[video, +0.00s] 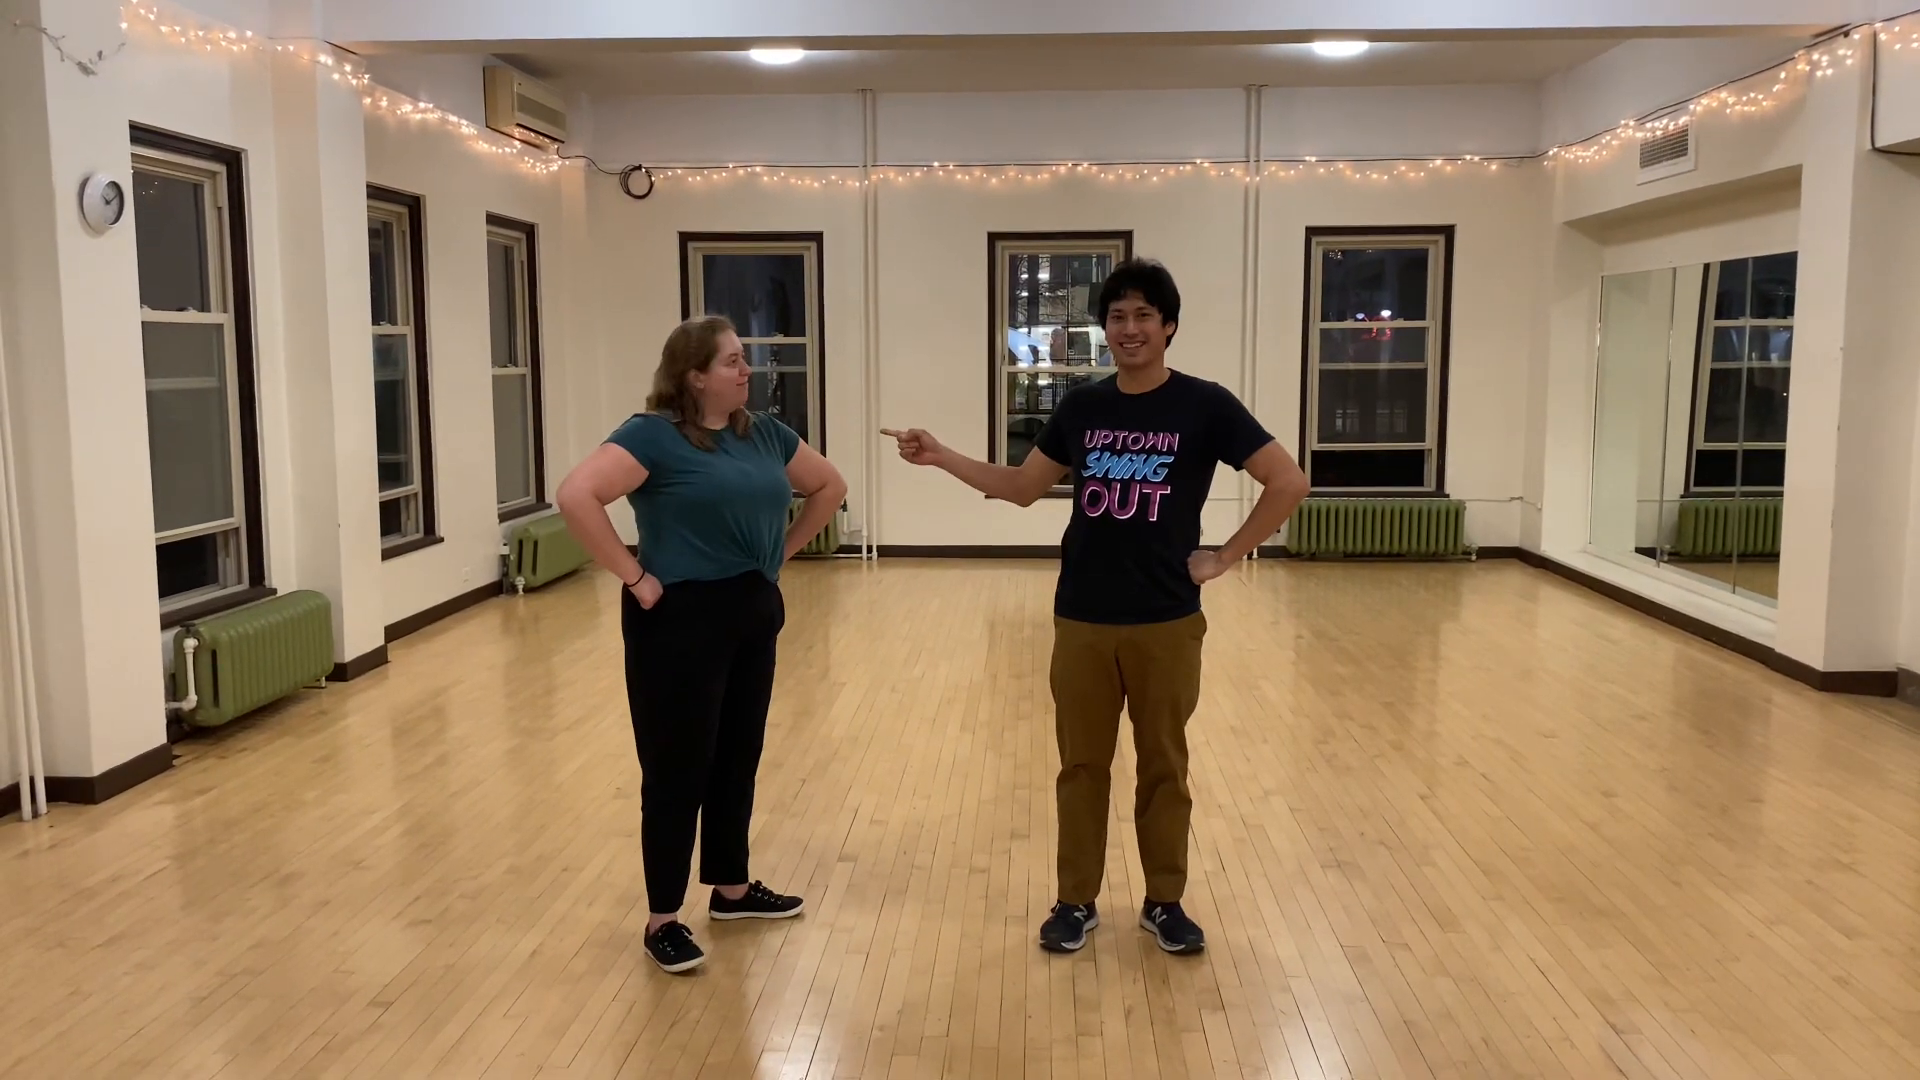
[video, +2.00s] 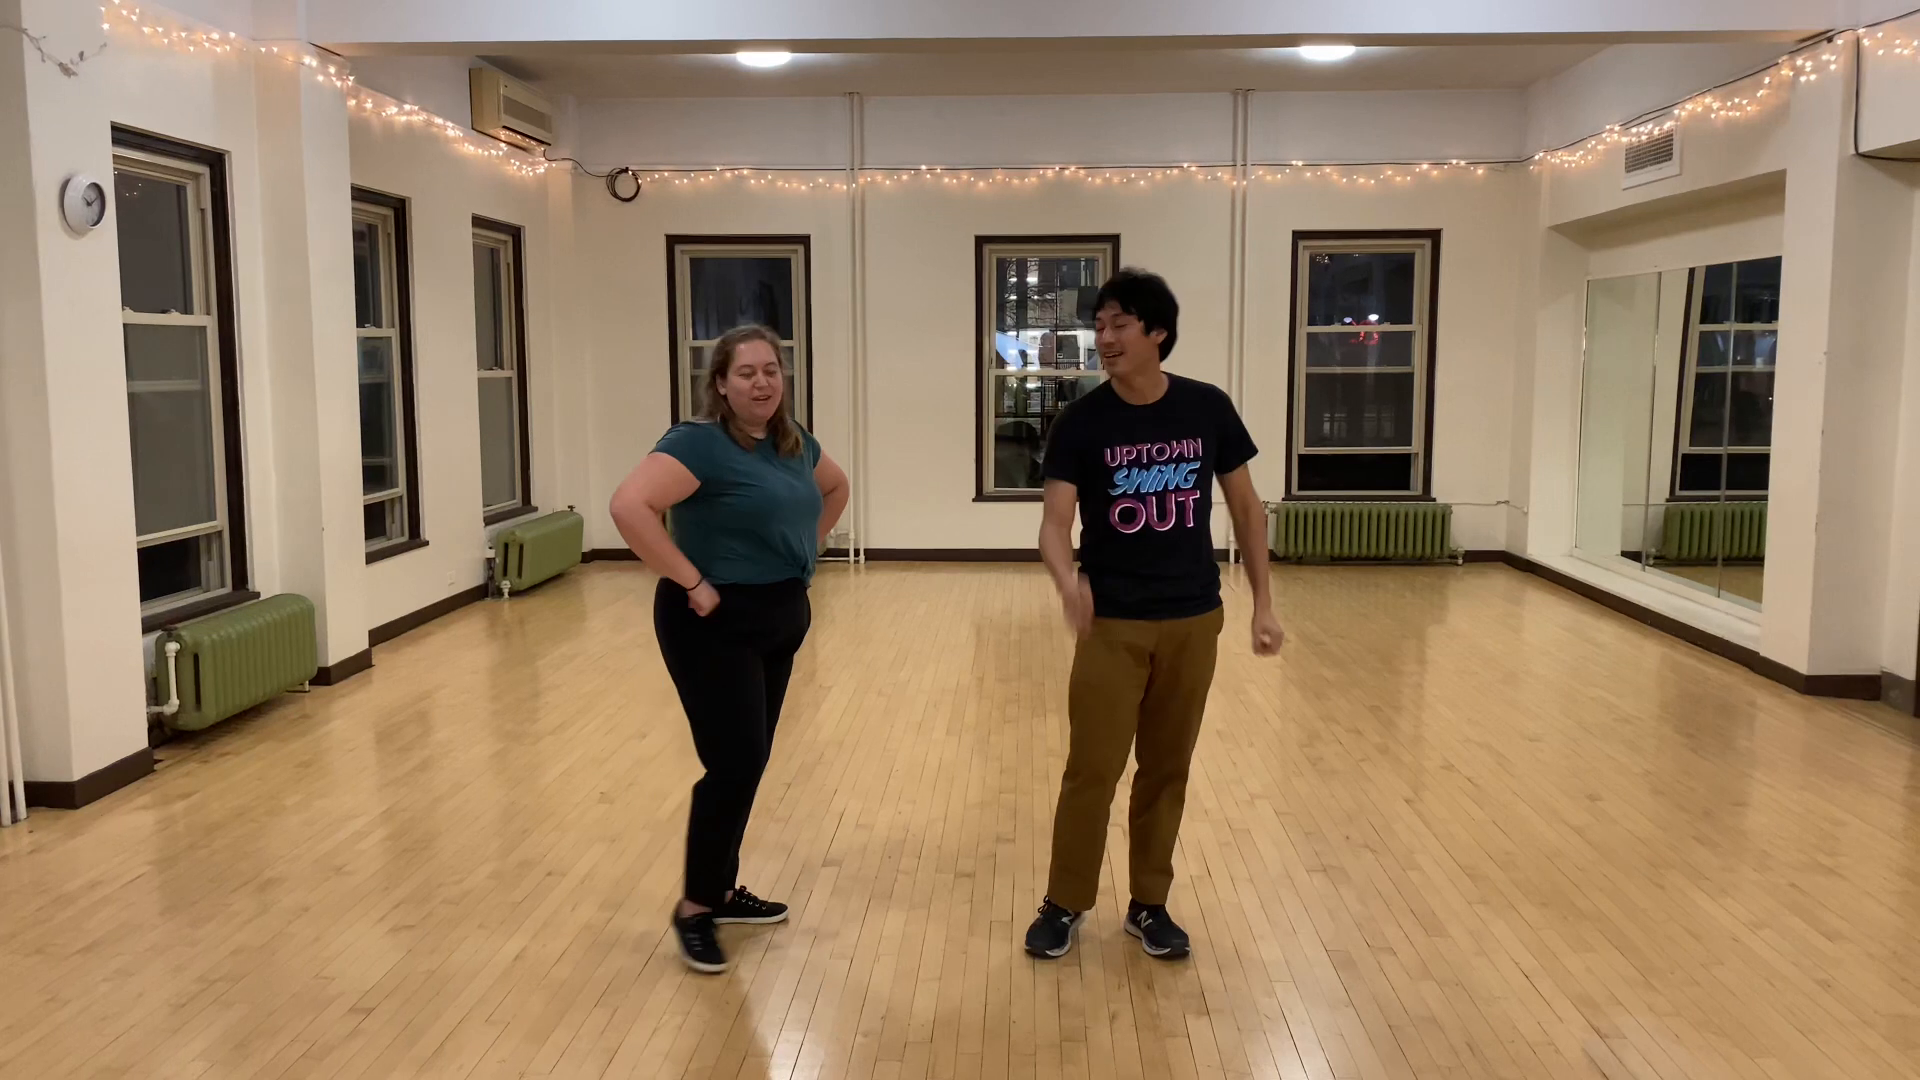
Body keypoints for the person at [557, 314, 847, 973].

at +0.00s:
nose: (745, 368)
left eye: (744, 358)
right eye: (732, 360)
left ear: (733, 370)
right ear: (694, 375)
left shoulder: (762, 433)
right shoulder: (655, 436)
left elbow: (831, 486)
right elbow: (575, 494)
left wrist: (782, 550)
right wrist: (633, 576)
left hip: (750, 615)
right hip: (674, 619)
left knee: (736, 760)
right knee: (676, 770)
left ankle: (730, 888)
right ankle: (663, 920)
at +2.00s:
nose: (762, 382)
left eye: (771, 370)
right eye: (747, 372)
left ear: (784, 378)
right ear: (722, 383)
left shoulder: (792, 441)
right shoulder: (698, 442)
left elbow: (836, 488)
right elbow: (629, 505)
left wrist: (800, 549)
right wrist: (692, 583)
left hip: (774, 613)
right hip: (708, 616)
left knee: (749, 760)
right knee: (732, 762)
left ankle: (720, 890)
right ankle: (693, 911)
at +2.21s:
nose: (780, 386)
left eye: (788, 374)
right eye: (766, 375)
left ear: (798, 381)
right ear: (735, 383)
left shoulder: (796, 447)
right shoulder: (702, 443)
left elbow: (823, 508)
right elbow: (659, 529)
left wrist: (834, 553)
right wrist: (748, 561)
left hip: (783, 614)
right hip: (713, 616)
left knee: (735, 748)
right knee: (760, 749)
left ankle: (713, 889)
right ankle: (768, 905)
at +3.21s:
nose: (817, 373)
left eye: (816, 363)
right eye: (805, 363)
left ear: (803, 373)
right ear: (766, 373)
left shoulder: (820, 438)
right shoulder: (730, 441)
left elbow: (851, 532)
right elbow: (743, 537)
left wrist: (871, 499)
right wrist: (830, 503)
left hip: (822, 611)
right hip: (759, 618)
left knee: (811, 751)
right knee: (770, 757)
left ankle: (797, 877)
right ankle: (768, 903)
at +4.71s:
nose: (811, 384)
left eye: (810, 373)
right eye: (805, 374)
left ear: (761, 377)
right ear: (778, 377)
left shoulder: (729, 432)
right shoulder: (764, 442)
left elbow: (752, 512)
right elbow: (804, 538)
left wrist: (814, 488)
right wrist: (879, 527)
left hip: (723, 600)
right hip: (756, 610)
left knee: (732, 734)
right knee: (757, 749)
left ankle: (728, 853)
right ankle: (762, 903)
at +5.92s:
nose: (806, 372)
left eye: (804, 361)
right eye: (799, 362)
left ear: (744, 367)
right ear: (770, 367)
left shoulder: (700, 424)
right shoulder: (789, 427)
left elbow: (687, 505)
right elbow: (832, 519)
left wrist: (750, 515)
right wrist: (903, 565)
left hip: (704, 585)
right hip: (776, 588)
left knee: (717, 719)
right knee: (769, 724)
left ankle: (718, 852)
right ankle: (769, 862)